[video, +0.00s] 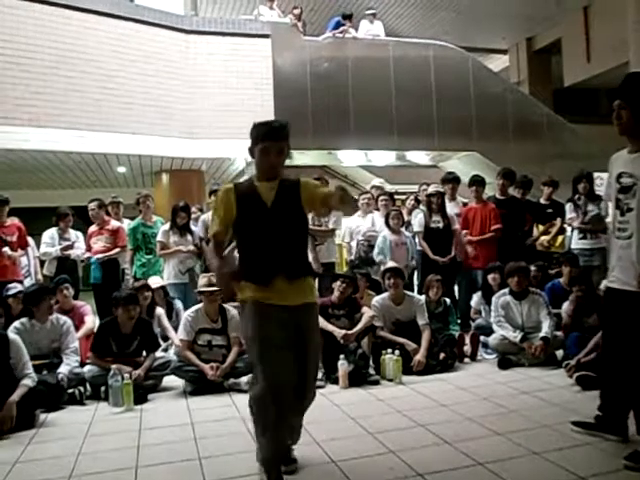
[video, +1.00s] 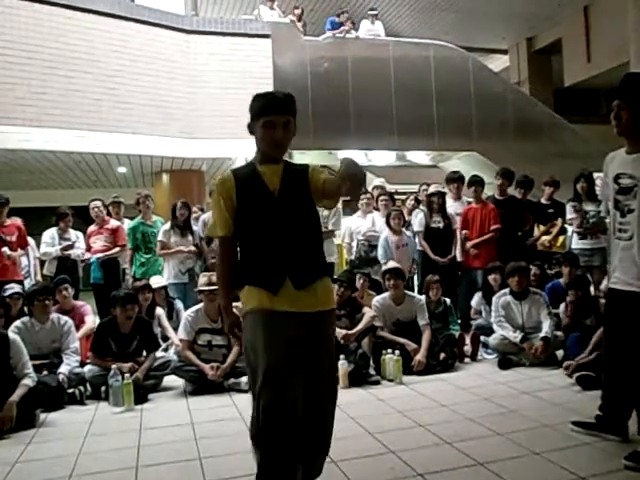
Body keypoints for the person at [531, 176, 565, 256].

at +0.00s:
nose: (550, 191)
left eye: (553, 188)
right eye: (548, 187)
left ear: (555, 191)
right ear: (542, 187)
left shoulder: (559, 205)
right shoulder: (535, 205)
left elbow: (559, 223)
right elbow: (534, 224)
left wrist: (549, 238)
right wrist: (539, 239)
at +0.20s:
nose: (550, 190)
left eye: (553, 188)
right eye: (548, 187)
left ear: (555, 190)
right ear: (542, 187)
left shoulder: (559, 205)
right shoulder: (535, 204)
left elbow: (559, 223)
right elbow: (534, 224)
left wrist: (548, 239)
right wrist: (538, 239)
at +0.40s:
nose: (550, 191)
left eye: (553, 188)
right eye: (548, 187)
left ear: (555, 190)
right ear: (543, 187)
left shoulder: (560, 205)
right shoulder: (535, 205)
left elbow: (559, 223)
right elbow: (534, 224)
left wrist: (549, 238)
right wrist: (539, 239)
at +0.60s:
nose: (550, 191)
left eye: (553, 188)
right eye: (548, 187)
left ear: (555, 191)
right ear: (543, 187)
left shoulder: (559, 205)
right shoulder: (535, 204)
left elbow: (559, 223)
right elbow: (534, 223)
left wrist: (549, 238)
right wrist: (539, 238)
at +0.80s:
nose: (551, 190)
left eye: (554, 187)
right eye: (549, 186)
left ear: (556, 190)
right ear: (543, 187)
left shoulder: (560, 205)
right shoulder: (535, 205)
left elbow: (559, 223)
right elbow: (535, 224)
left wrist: (550, 238)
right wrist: (540, 239)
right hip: (539, 240)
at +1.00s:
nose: (552, 190)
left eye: (554, 187)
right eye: (549, 186)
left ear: (556, 190)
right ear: (543, 187)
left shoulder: (560, 205)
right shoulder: (536, 205)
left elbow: (560, 223)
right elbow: (535, 224)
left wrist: (550, 239)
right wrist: (540, 239)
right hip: (540, 241)